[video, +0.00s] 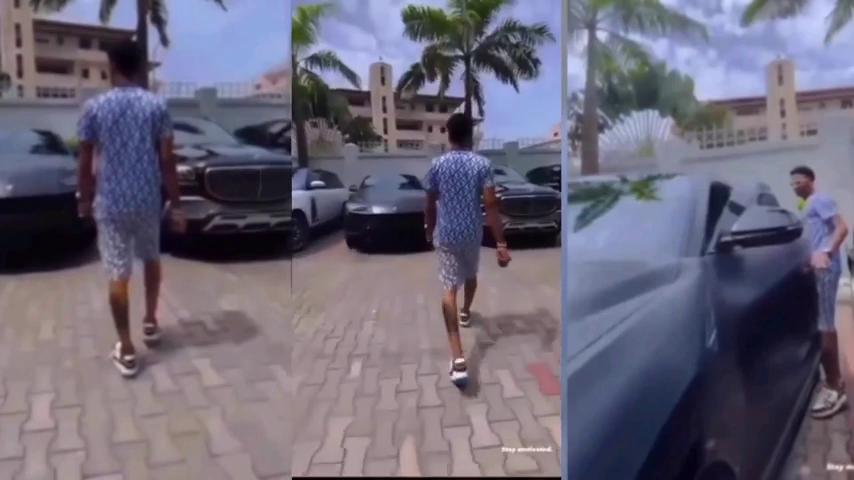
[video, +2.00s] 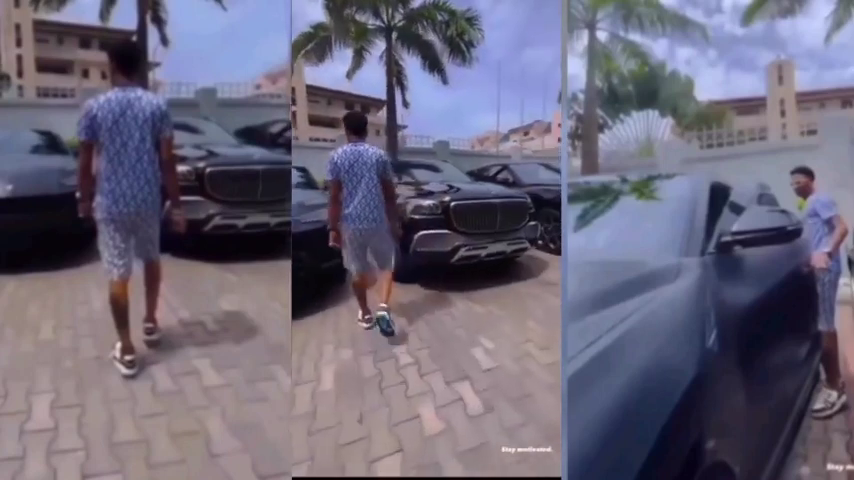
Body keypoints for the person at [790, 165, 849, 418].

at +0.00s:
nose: (796, 187)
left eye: (799, 183)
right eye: (793, 184)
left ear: (811, 181)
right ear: (797, 185)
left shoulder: (821, 201)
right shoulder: (809, 205)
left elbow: (842, 227)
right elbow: (820, 234)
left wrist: (827, 253)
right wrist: (810, 255)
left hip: (825, 268)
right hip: (815, 268)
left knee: (825, 327)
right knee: (822, 327)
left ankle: (834, 388)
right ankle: (830, 385)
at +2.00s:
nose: (796, 187)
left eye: (799, 183)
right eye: (793, 184)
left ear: (811, 181)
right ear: (797, 185)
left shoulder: (821, 201)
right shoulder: (809, 205)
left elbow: (842, 227)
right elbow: (820, 234)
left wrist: (827, 253)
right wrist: (810, 255)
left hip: (825, 268)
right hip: (815, 268)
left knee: (825, 327)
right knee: (822, 327)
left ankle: (834, 388)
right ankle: (830, 385)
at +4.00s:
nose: (796, 187)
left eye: (799, 183)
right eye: (793, 184)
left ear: (811, 181)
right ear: (797, 185)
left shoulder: (821, 201)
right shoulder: (809, 205)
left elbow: (842, 227)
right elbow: (820, 234)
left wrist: (827, 253)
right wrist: (810, 255)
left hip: (825, 268)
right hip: (815, 268)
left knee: (825, 327)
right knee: (822, 327)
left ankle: (834, 388)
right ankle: (830, 385)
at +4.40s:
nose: (795, 187)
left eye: (799, 183)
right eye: (793, 184)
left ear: (811, 181)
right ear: (797, 185)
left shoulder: (820, 201)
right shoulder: (809, 205)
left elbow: (841, 227)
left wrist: (827, 253)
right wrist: (811, 255)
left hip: (825, 268)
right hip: (815, 268)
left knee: (825, 327)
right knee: (821, 327)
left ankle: (835, 387)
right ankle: (830, 383)